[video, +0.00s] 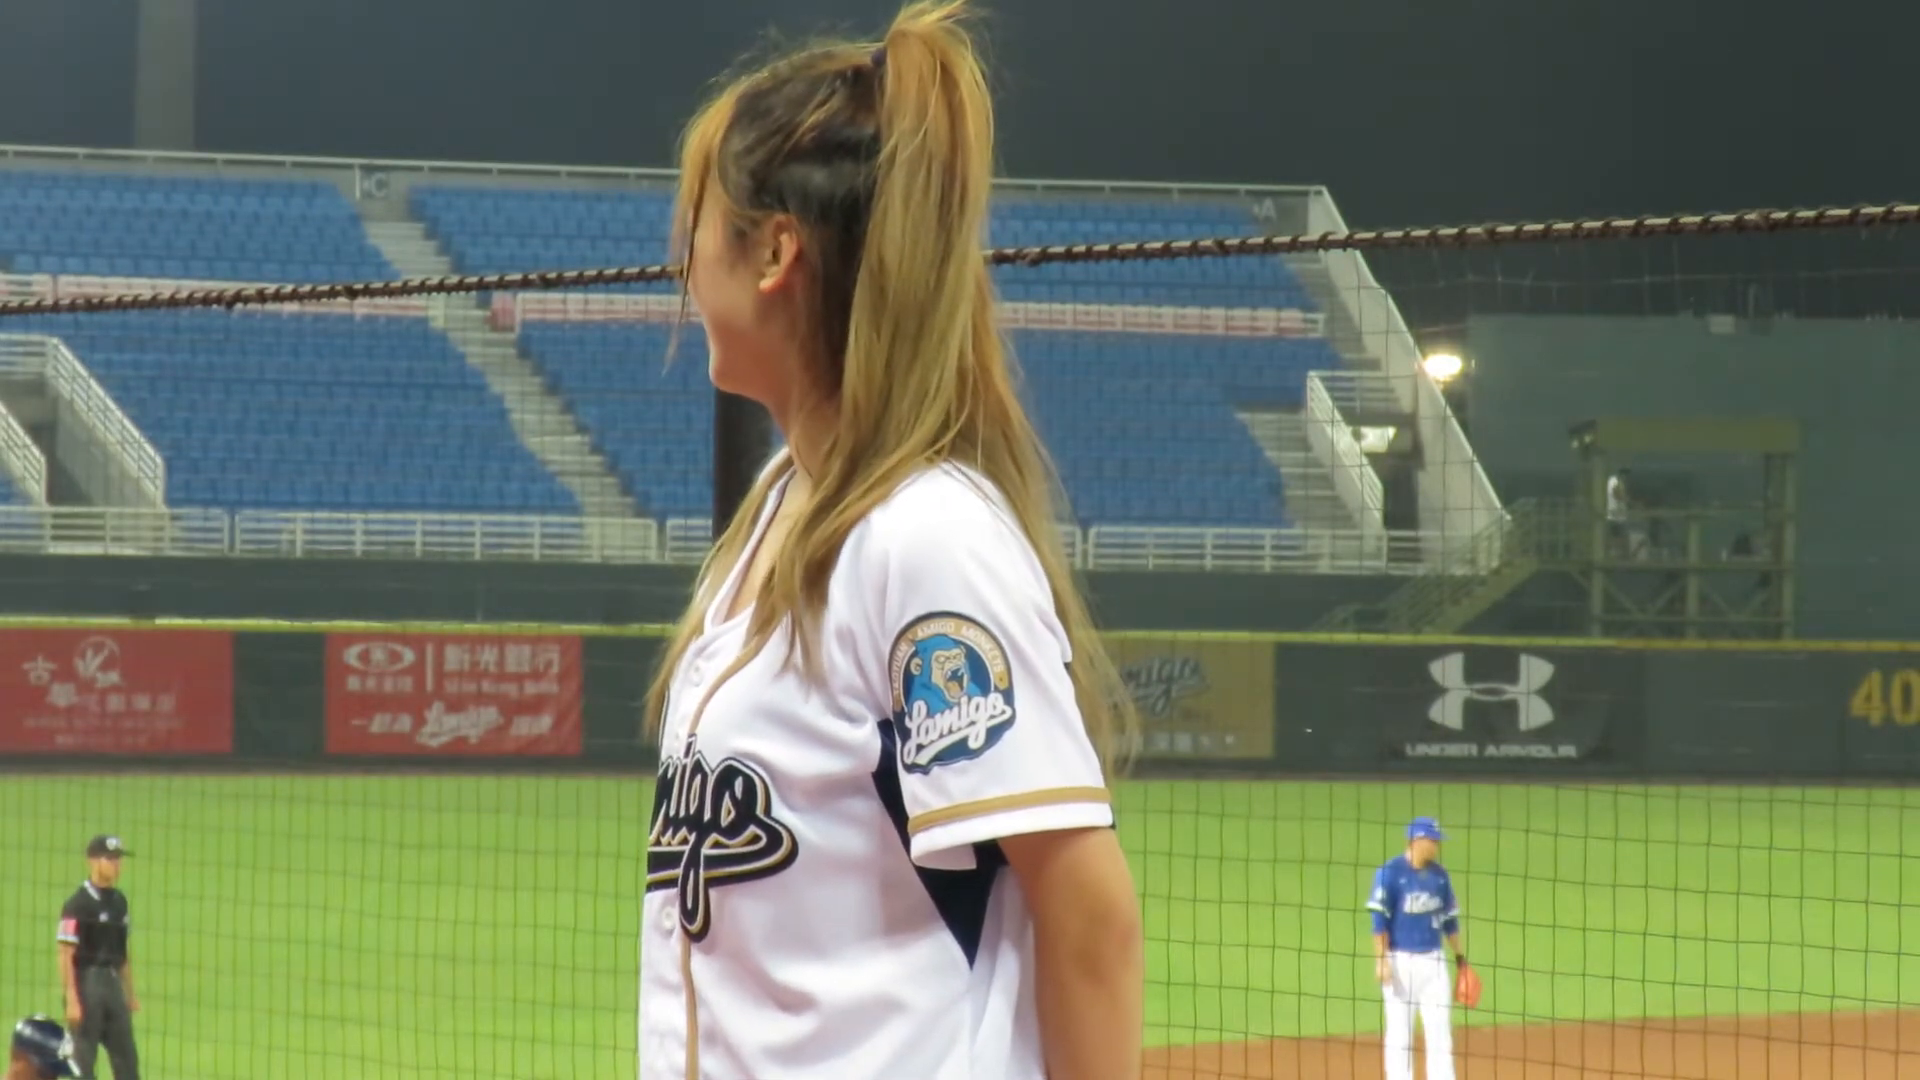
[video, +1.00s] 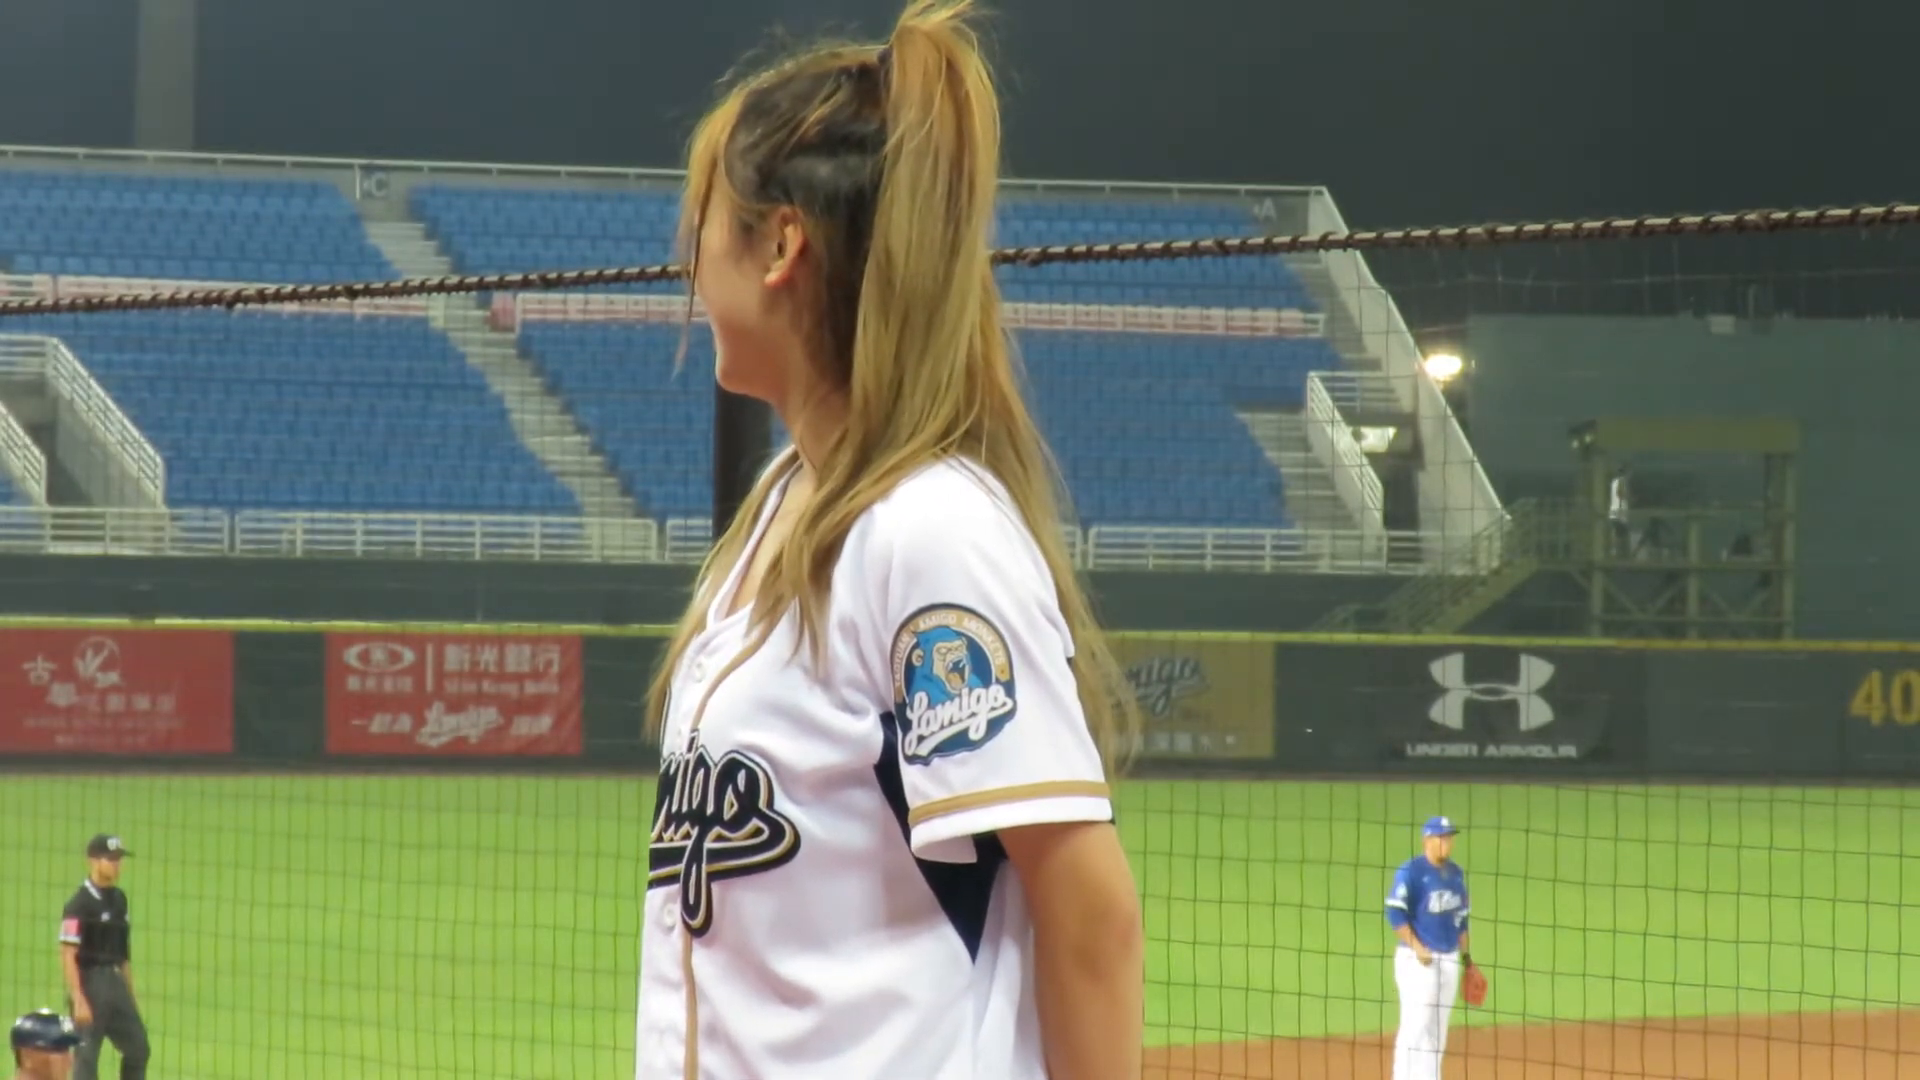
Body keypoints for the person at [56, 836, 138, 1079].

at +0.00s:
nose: (116, 866)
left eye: (117, 860)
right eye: (110, 859)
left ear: (118, 862)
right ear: (94, 861)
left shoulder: (118, 901)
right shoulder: (77, 904)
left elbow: (121, 952)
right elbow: (65, 954)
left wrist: (129, 992)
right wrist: (72, 1000)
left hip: (113, 973)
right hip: (87, 972)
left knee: (125, 1051)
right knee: (84, 1052)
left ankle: (127, 1076)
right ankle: (82, 1074)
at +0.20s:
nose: (116, 866)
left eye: (117, 860)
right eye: (110, 860)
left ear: (118, 862)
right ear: (94, 861)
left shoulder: (118, 901)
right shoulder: (77, 904)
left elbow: (121, 952)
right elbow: (65, 954)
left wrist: (128, 991)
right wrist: (72, 1000)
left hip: (113, 973)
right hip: (87, 972)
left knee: (125, 1051)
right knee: (84, 1052)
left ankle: (127, 1076)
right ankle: (82, 1074)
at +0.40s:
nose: (116, 866)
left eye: (118, 860)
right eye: (110, 860)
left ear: (118, 862)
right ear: (94, 861)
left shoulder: (118, 901)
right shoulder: (77, 904)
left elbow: (121, 951)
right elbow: (65, 954)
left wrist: (128, 991)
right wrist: (72, 1000)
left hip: (113, 973)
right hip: (86, 972)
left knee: (125, 1052)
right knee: (84, 1053)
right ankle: (83, 1074)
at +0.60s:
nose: (116, 866)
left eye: (117, 860)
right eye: (110, 860)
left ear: (118, 862)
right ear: (94, 861)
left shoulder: (118, 901)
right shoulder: (76, 904)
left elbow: (121, 951)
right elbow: (65, 955)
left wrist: (129, 990)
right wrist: (72, 1000)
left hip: (113, 973)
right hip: (87, 973)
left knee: (125, 1052)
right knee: (84, 1053)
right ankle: (82, 1076)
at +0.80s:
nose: (116, 866)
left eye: (117, 860)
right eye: (110, 860)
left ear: (119, 862)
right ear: (93, 861)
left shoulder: (117, 900)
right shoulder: (77, 904)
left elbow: (121, 951)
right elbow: (66, 954)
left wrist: (128, 990)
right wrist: (73, 1001)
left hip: (113, 974)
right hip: (87, 973)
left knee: (129, 1051)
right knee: (85, 1054)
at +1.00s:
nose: (117, 865)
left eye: (118, 859)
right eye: (111, 859)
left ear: (119, 861)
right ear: (94, 860)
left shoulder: (118, 898)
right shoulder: (79, 903)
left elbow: (122, 955)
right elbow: (68, 955)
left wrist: (129, 995)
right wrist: (78, 1000)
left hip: (114, 975)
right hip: (89, 975)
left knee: (138, 1049)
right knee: (86, 1055)